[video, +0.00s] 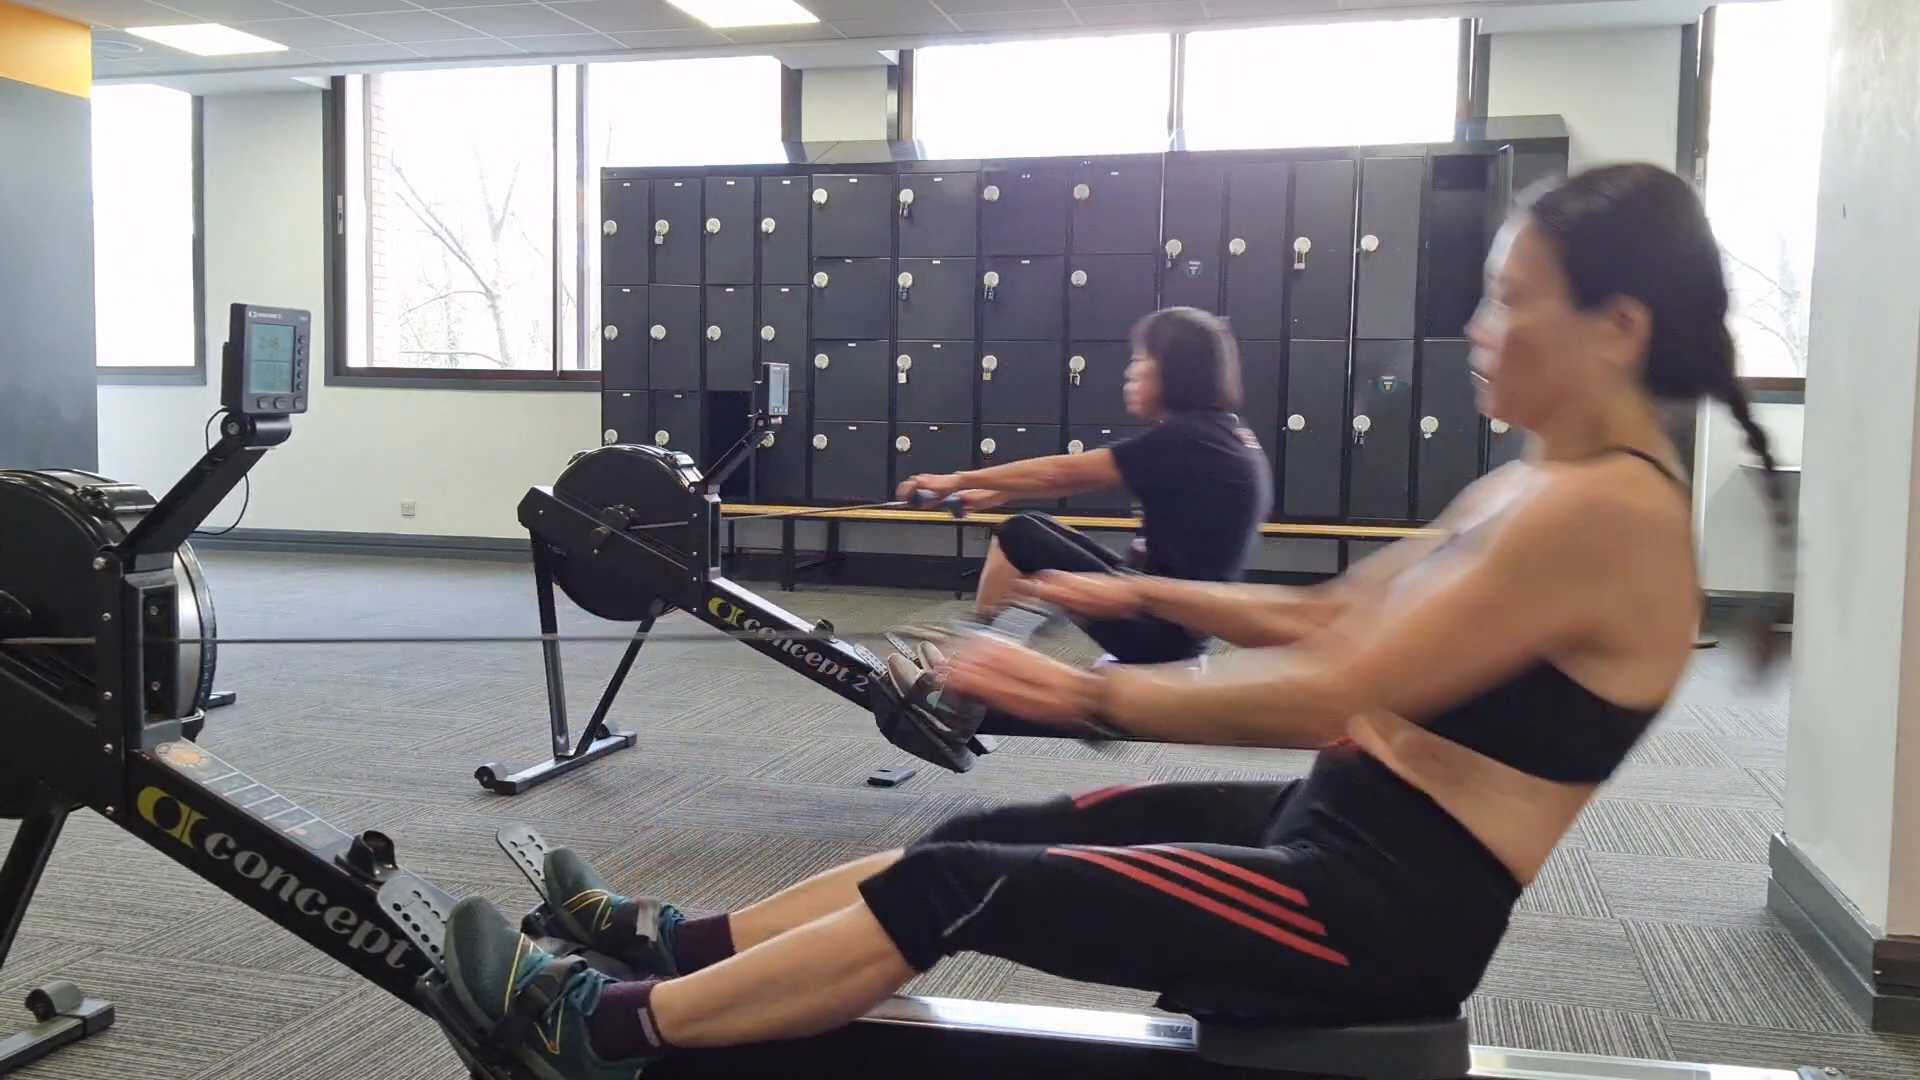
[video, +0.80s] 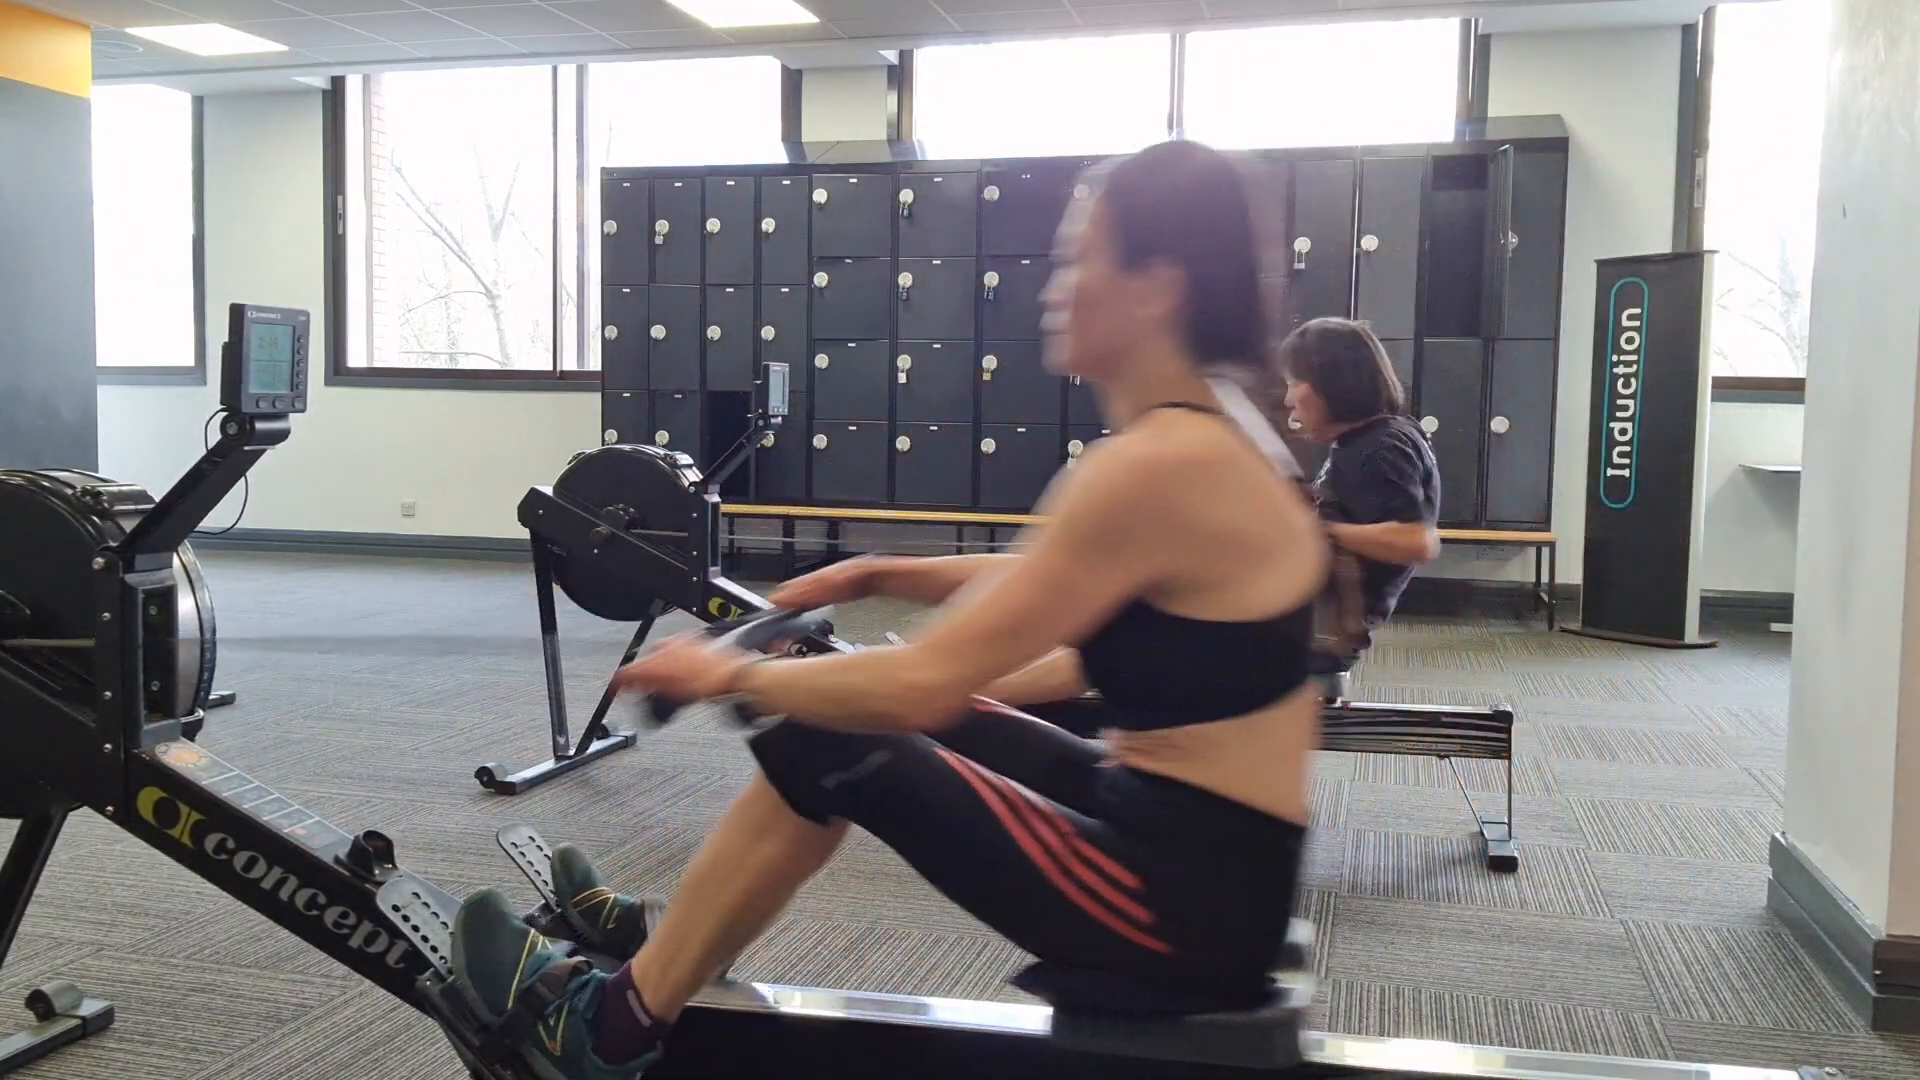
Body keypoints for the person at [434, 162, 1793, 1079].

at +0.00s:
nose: (1481, 333)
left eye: (1511, 306)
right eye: (1489, 303)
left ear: (1619, 328)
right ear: (1585, 327)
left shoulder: (1598, 509)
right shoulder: (1536, 479)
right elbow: (1336, 625)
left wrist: (1089, 697)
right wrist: (1122, 602)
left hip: (1378, 900)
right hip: (1330, 833)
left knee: (969, 874)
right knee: (967, 840)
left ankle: (621, 1029)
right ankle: (669, 953)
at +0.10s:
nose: (1504, 353)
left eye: (1535, 321)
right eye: (1512, 320)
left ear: (1647, 339)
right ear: (1631, 342)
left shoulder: (1650, 533)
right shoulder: (1590, 503)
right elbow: (1429, 714)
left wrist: (1223, 776)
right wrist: (1261, 655)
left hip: (1387, 928)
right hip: (1340, 857)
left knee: (958, 887)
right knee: (963, 839)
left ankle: (618, 1027)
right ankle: (683, 953)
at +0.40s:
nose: (1401, 305)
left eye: (1428, 276)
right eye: (1408, 277)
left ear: (1532, 298)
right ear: (1494, 306)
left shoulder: (1555, 501)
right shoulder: (1479, 477)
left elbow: (1539, 818)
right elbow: (1428, 723)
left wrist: (1285, 763)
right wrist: (1295, 697)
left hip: (1364, 919)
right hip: (1325, 857)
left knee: (952, 837)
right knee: (956, 808)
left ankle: (621, 1034)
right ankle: (693, 946)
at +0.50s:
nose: (1322, 296)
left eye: (1350, 262)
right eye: (1329, 264)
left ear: (1455, 284)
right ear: (1429, 284)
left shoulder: (1477, 486)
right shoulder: (1420, 466)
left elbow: (1385, 782)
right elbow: (1350, 715)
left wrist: (1128, 708)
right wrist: (1151, 675)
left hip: (1340, 916)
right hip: (1303, 855)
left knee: (937, 816)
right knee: (953, 776)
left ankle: (638, 1033)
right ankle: (693, 958)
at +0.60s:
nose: (1238, 286)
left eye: (1267, 256)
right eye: (1244, 256)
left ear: (1363, 281)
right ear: (1339, 283)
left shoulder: (1373, 470)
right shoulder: (1353, 451)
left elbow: (1210, 742)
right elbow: (1263, 640)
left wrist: (1002, 663)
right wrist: (1109, 571)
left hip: (1294, 908)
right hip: (1280, 855)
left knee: (910, 788)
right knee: (933, 743)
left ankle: (643, 1026)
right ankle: (699, 968)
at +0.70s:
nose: (1145, 286)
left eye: (1172, 258)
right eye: (1154, 258)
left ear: (1259, 280)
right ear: (1255, 284)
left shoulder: (1253, 467)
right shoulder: (1297, 447)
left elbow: (1052, 708)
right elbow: (1180, 608)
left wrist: (858, 651)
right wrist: (991, 558)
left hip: (1242, 906)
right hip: (1256, 868)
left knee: (874, 765)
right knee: (893, 744)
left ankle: (633, 1022)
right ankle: (675, 977)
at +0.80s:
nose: (1053, 292)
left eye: (1077, 264)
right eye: (1060, 264)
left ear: (1166, 285)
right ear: (1161, 288)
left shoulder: (1152, 468)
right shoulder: (1210, 449)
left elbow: (916, 692)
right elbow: (1075, 597)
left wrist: (731, 677)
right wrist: (874, 581)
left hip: (1176, 914)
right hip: (1209, 868)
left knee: (831, 741)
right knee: (871, 704)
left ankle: (630, 1013)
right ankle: (667, 961)